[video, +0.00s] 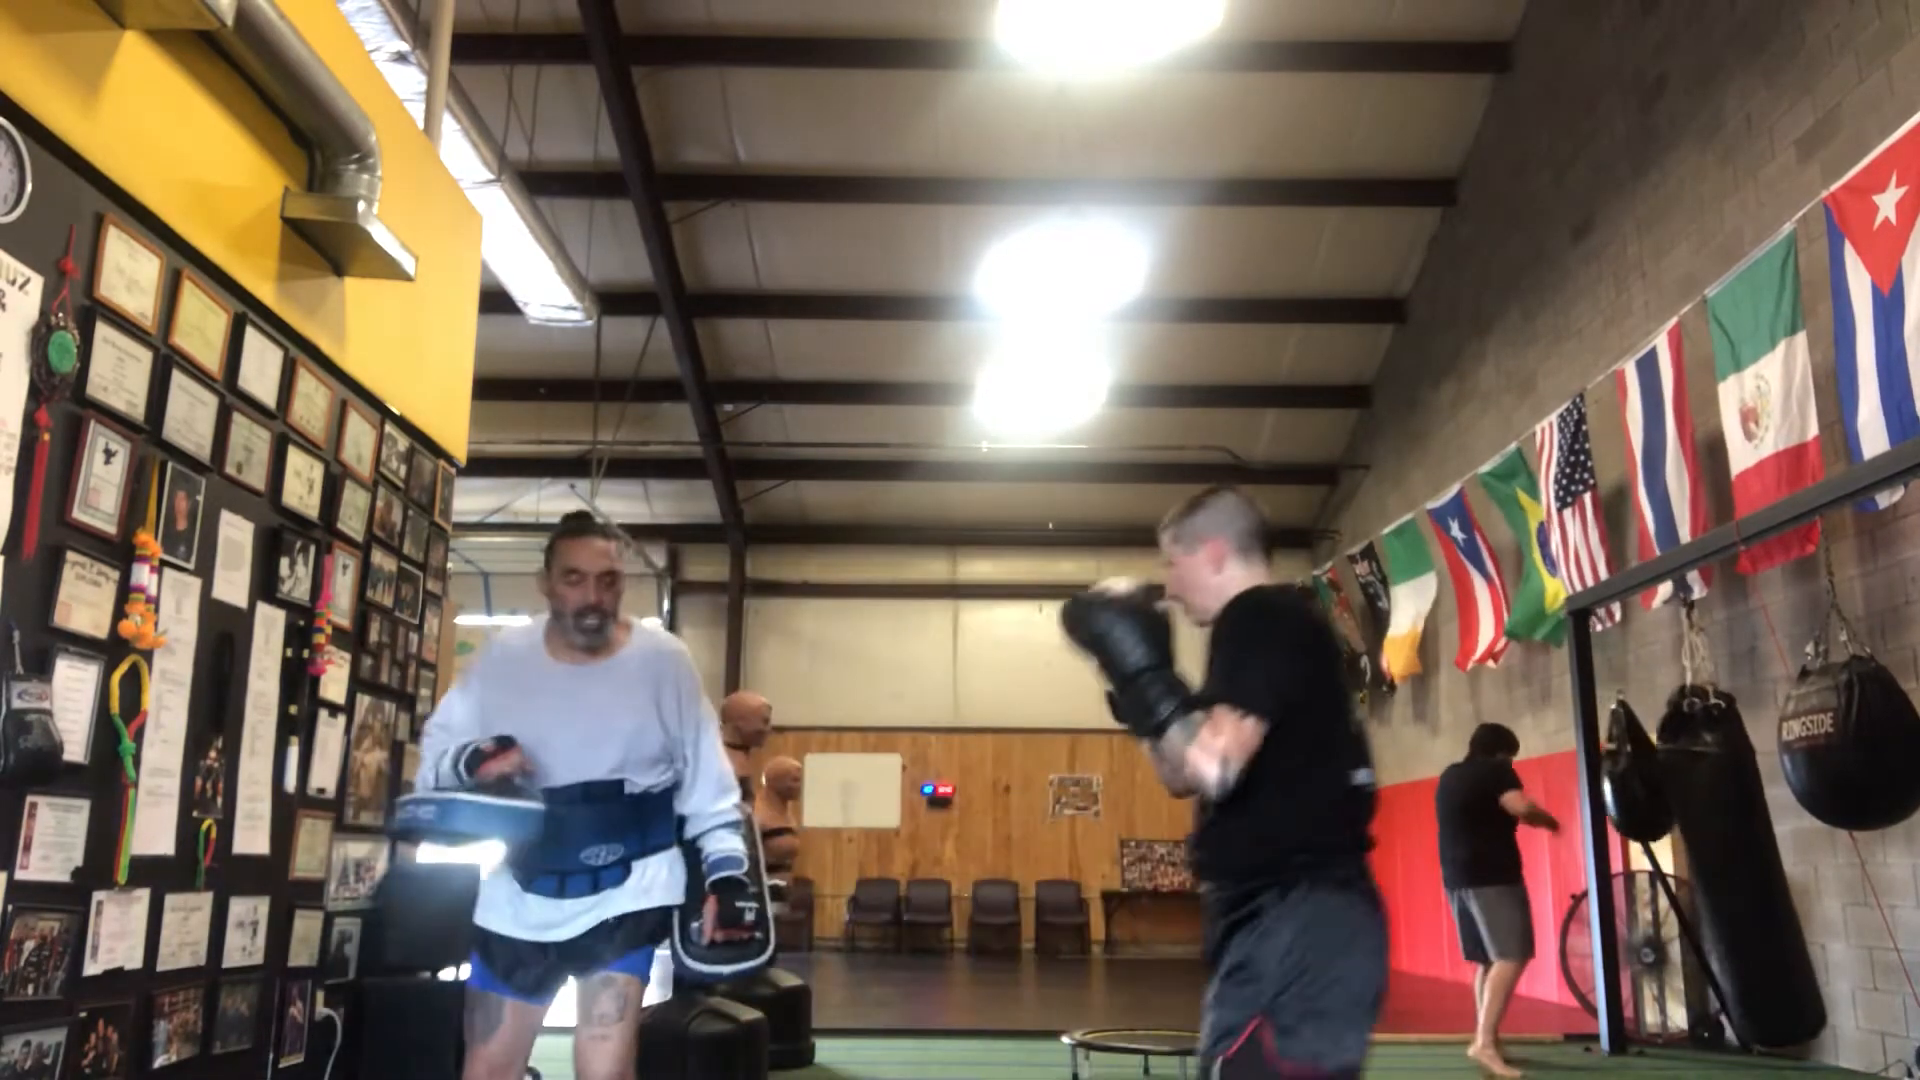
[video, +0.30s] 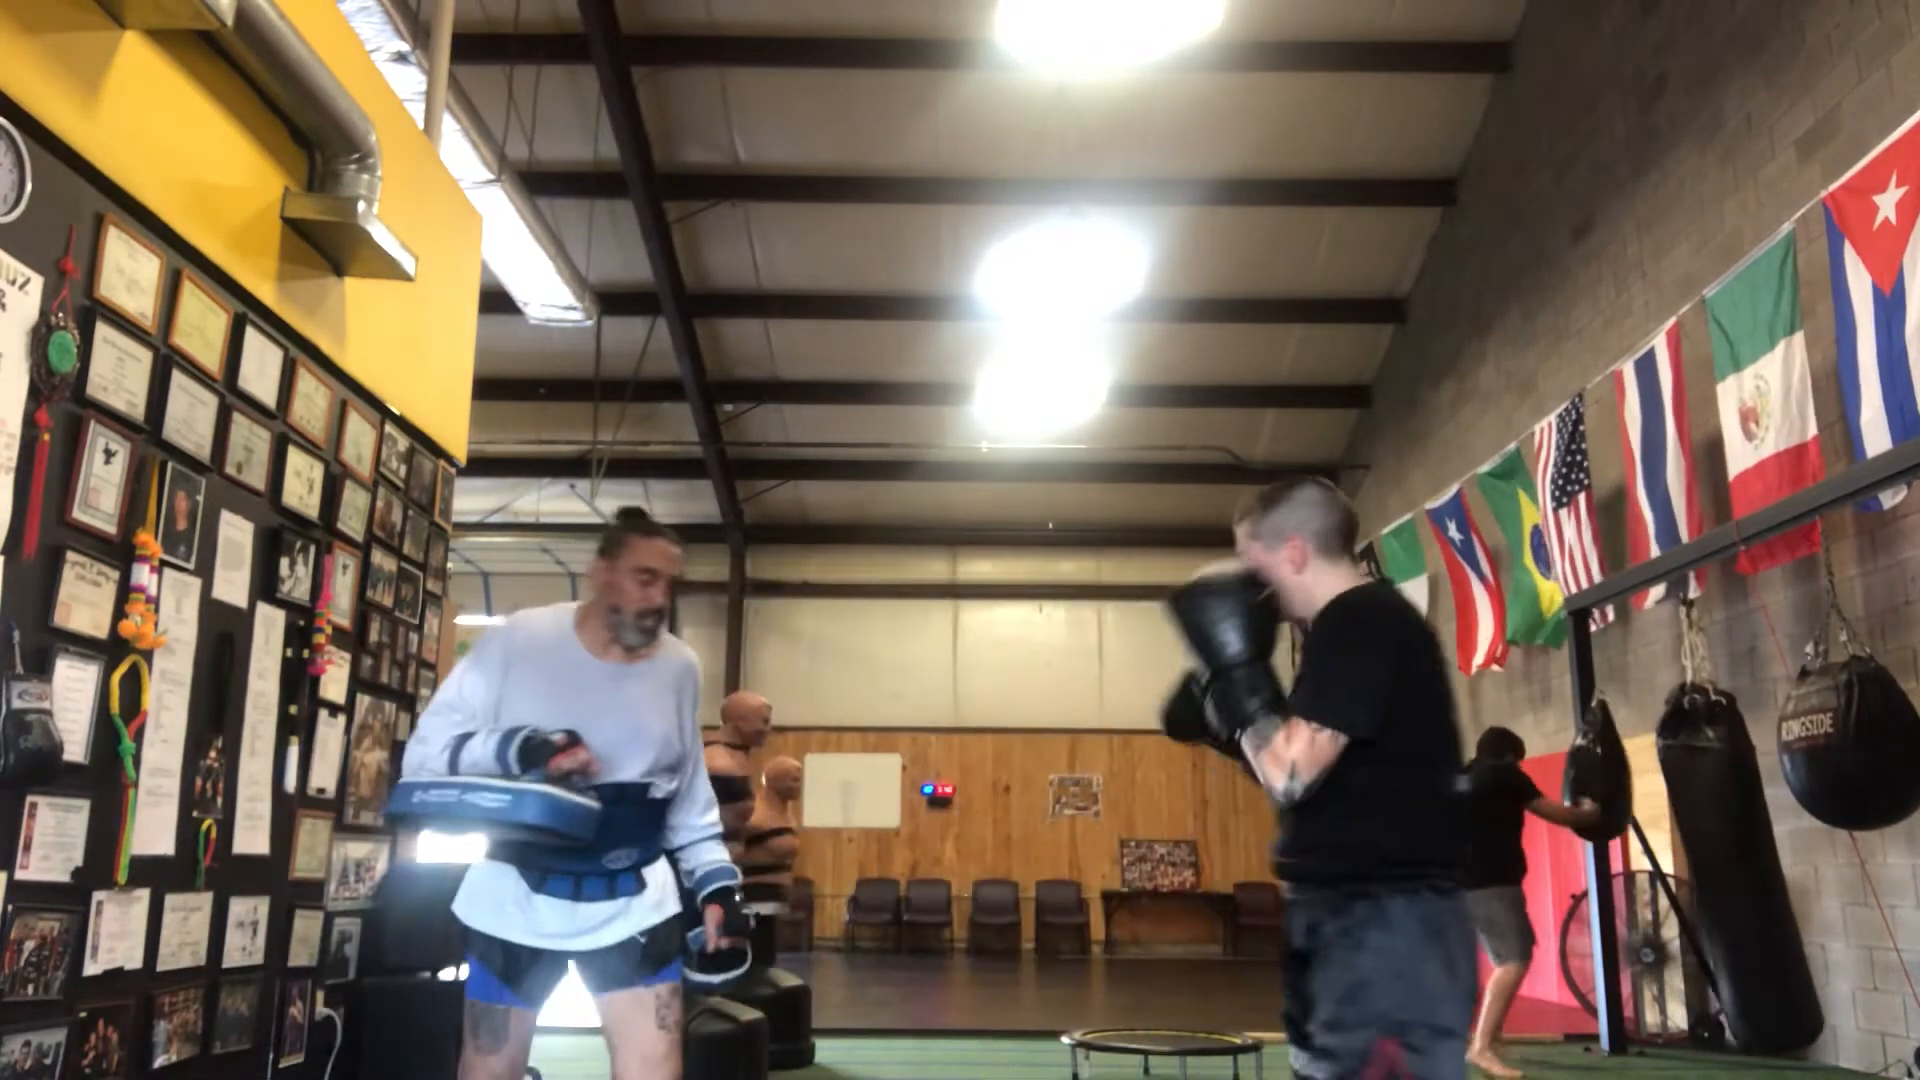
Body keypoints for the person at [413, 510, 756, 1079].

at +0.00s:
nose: (593, 597)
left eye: (607, 580)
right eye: (575, 580)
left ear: (623, 584)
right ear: (546, 586)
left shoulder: (663, 660)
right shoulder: (503, 659)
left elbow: (707, 774)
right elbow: (434, 756)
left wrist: (726, 873)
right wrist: (469, 763)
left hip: (631, 889)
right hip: (522, 887)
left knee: (604, 1067)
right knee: (488, 1068)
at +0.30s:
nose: (661, 599)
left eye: (670, 585)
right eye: (646, 579)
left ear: (674, 588)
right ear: (599, 573)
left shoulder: (678, 668)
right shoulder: (516, 641)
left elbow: (689, 799)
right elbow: (423, 755)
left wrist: (715, 886)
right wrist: (524, 752)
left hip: (637, 906)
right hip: (517, 901)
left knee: (655, 1071)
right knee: (489, 1072)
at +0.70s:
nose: (732, 592)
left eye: (740, 579)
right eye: (720, 570)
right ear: (668, 558)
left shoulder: (721, 667)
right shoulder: (573, 619)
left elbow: (727, 789)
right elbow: (479, 725)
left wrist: (771, 824)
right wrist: (593, 715)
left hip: (662, 907)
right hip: (547, 894)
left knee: (651, 1070)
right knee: (527, 1067)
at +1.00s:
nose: (719, 570)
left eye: (723, 555)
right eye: (703, 549)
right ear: (646, 543)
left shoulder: (703, 645)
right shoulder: (556, 615)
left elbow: (728, 762)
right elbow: (475, 741)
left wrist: (790, 737)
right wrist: (591, 694)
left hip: (680, 917)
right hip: (566, 910)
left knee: (672, 1072)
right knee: (560, 1073)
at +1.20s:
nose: (722, 576)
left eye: (726, 561)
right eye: (707, 555)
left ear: (654, 545)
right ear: (650, 544)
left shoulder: (696, 644)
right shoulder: (555, 608)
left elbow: (731, 760)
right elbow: (522, 752)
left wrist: (789, 682)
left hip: (691, 904)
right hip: (575, 905)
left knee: (757, 1063)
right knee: (570, 1074)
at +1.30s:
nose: (723, 577)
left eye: (730, 564)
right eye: (716, 556)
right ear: (668, 537)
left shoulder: (694, 633)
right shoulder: (567, 598)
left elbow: (733, 748)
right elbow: (583, 726)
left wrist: (794, 654)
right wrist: (680, 602)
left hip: (694, 899)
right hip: (581, 901)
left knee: (776, 1055)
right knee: (569, 1072)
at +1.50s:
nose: (729, 568)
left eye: (744, 558)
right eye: (722, 552)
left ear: (744, 565)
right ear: (694, 543)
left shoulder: (731, 644)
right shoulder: (607, 593)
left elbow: (777, 746)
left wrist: (840, 643)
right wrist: (738, 560)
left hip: (713, 911)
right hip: (602, 910)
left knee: (776, 1069)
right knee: (581, 1072)